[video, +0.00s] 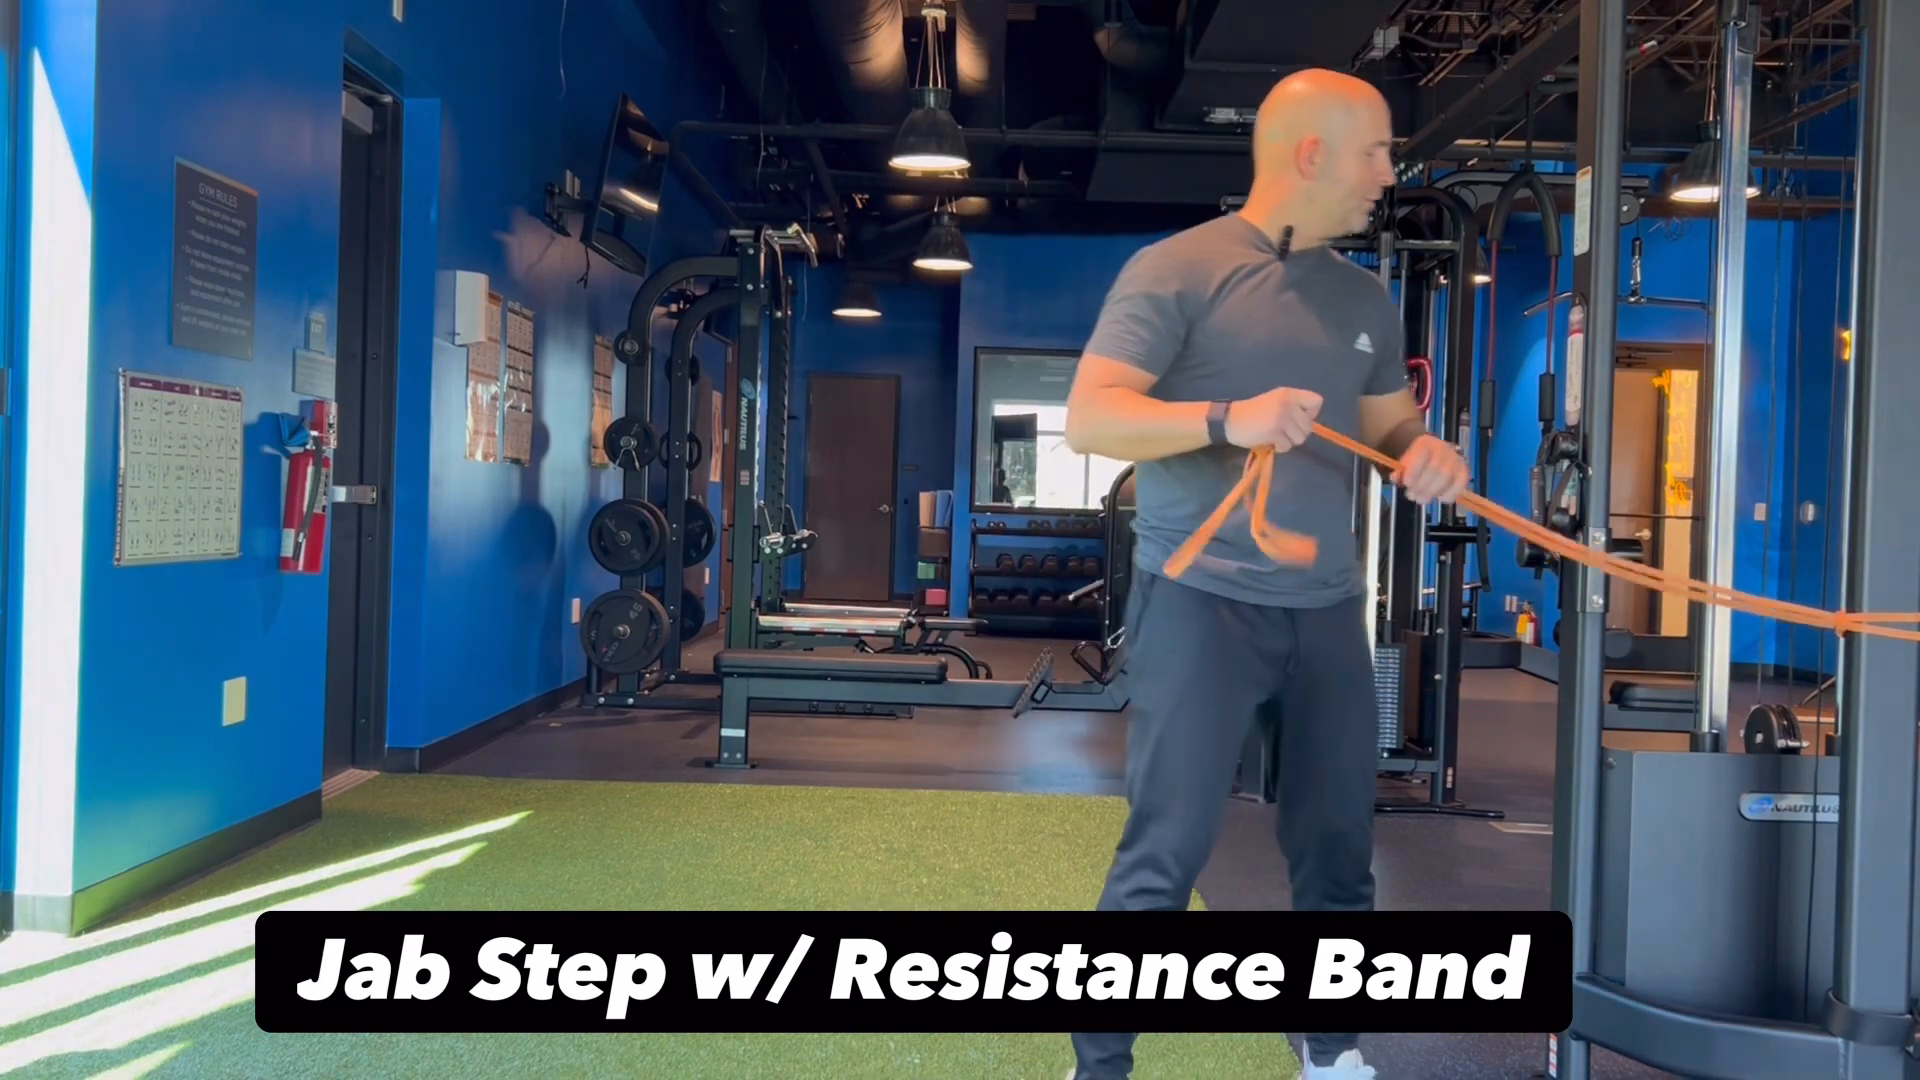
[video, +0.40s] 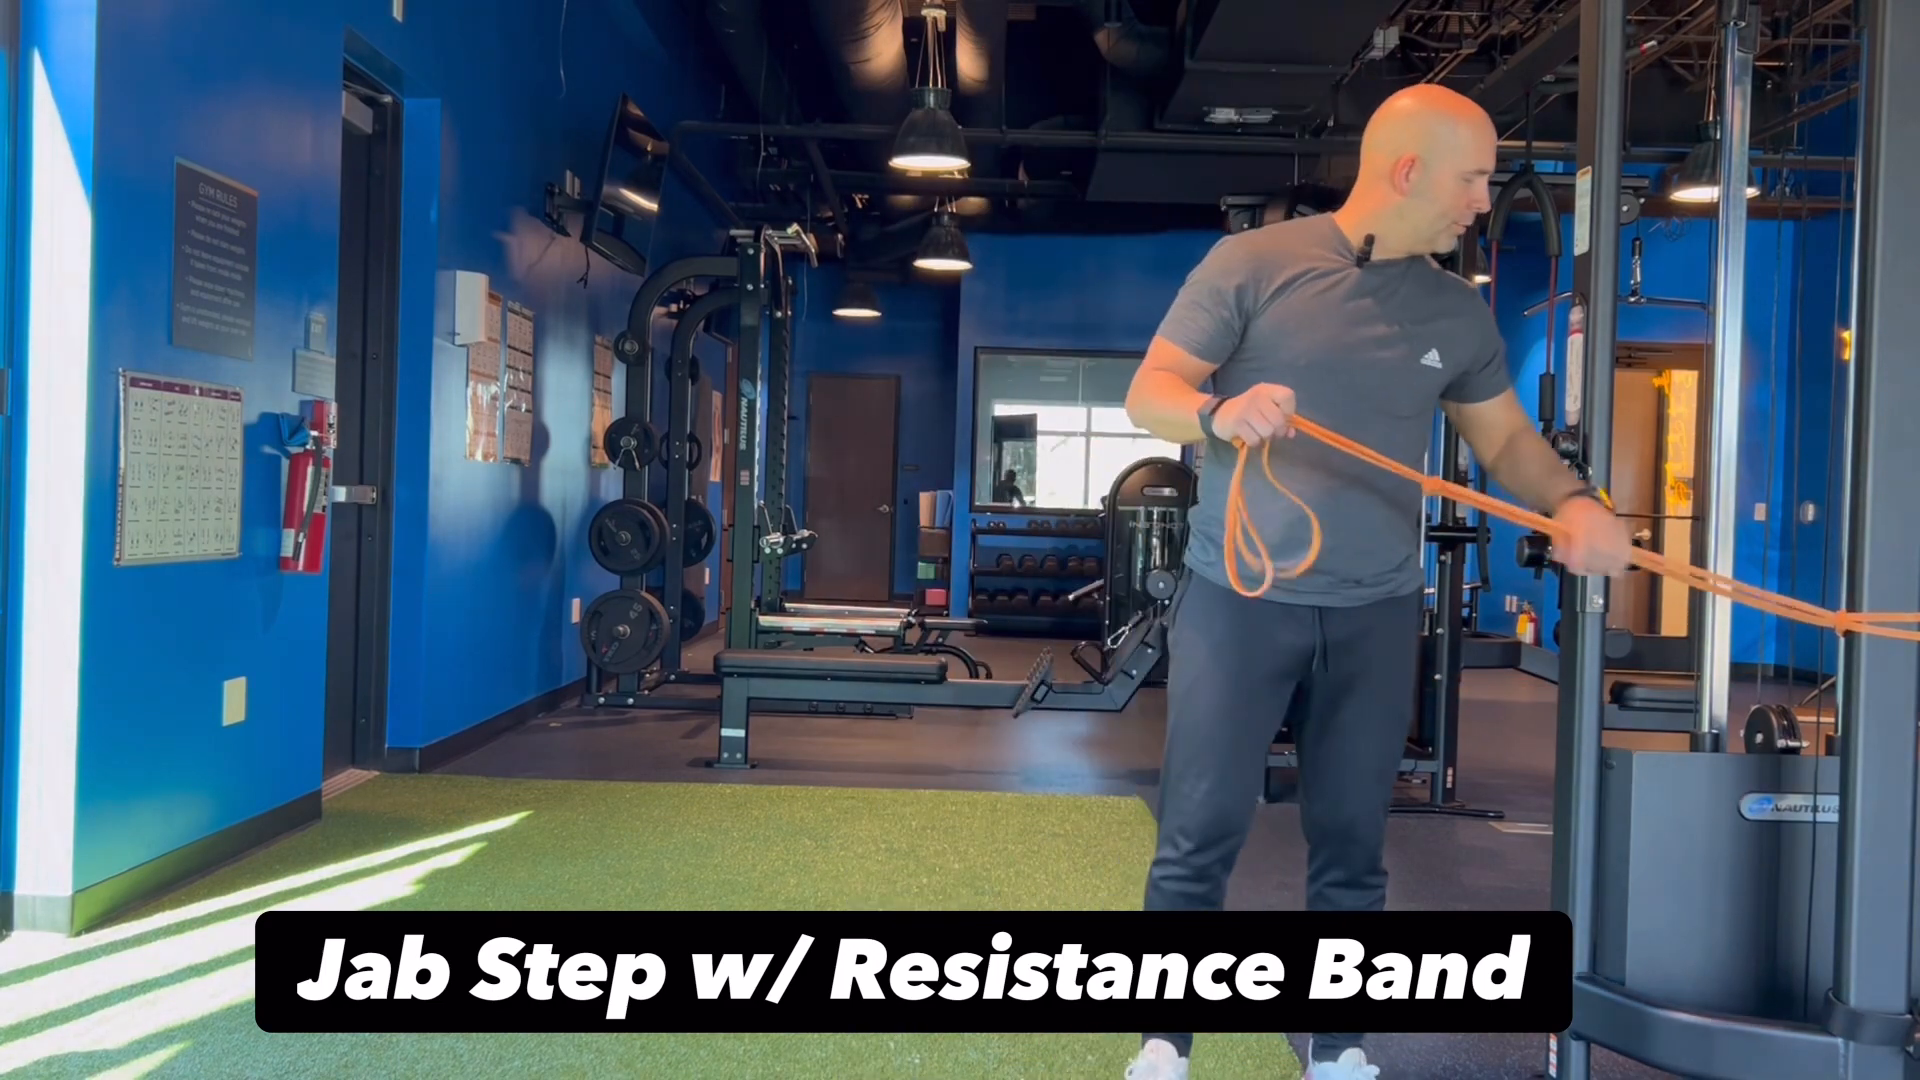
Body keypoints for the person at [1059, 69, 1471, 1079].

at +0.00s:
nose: (1389, 175)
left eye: (1389, 154)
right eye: (1374, 152)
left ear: (1316, 159)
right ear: (1304, 155)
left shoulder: (1366, 299)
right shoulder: (1177, 270)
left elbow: (1387, 429)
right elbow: (1090, 417)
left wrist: (1421, 451)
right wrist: (1224, 418)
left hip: (1327, 609)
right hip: (1199, 601)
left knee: (1339, 850)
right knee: (1167, 851)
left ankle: (1329, 1051)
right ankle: (1100, 1059)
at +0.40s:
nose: (1484, 201)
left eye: (1489, 180)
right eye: (1474, 177)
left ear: (1413, 178)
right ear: (1402, 171)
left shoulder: (1458, 311)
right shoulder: (1249, 263)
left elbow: (1505, 438)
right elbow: (1151, 391)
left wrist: (1577, 501)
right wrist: (1215, 410)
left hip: (1379, 610)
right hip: (1239, 601)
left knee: (1351, 847)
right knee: (1197, 839)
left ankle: (1331, 1046)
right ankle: (1162, 1042)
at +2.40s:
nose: (1439, 211)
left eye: (1462, 194)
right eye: (1425, 183)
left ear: (1480, 197)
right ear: (1379, 165)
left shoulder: (1474, 322)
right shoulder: (1268, 262)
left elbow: (1524, 458)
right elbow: (1165, 389)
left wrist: (1515, 493)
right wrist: (1232, 413)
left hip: (1382, 606)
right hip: (1242, 589)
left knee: (1360, 844)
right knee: (1196, 809)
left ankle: (1329, 1038)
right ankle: (1132, 1024)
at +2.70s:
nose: (1324, 199)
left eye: (1345, 181)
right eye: (1305, 176)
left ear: (1368, 184)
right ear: (1262, 167)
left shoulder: (1391, 301)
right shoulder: (1179, 277)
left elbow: (1444, 437)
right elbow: (1092, 416)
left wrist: (1408, 439)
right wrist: (1180, 435)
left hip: (1329, 607)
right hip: (1188, 598)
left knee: (1335, 848)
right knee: (1126, 827)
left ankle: (1331, 1045)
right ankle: (1047, 1041)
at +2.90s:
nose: (1230, 200)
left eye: (1249, 176)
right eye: (1208, 176)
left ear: (1268, 168)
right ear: (1161, 166)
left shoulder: (1290, 286)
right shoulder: (1084, 274)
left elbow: (1348, 421)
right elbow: (1000, 423)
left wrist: (1349, 446)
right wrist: (1078, 468)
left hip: (1248, 602)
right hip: (1113, 598)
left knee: (1290, 838)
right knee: (1075, 843)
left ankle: (1322, 1043)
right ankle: (1042, 1048)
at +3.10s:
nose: (1171, 183)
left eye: (1185, 158)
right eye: (1148, 161)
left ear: (1199, 155)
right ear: (1094, 156)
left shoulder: (1219, 273)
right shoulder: (1022, 268)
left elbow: (1286, 386)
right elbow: (932, 407)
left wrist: (1334, 431)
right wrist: (960, 479)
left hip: (1192, 589)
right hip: (1065, 584)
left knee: (1204, 819)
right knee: (1050, 837)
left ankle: (1166, 1028)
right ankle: (1041, 1045)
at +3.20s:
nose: (1148, 173)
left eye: (1161, 150)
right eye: (1125, 153)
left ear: (1172, 150)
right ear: (1069, 152)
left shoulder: (1191, 269)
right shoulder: (1002, 263)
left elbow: (1267, 382)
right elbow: (912, 403)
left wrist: (1323, 418)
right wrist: (927, 478)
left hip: (1165, 582)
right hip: (1050, 574)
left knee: (1158, 808)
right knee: (1044, 826)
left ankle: (1075, 1006)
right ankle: (1033, 1042)